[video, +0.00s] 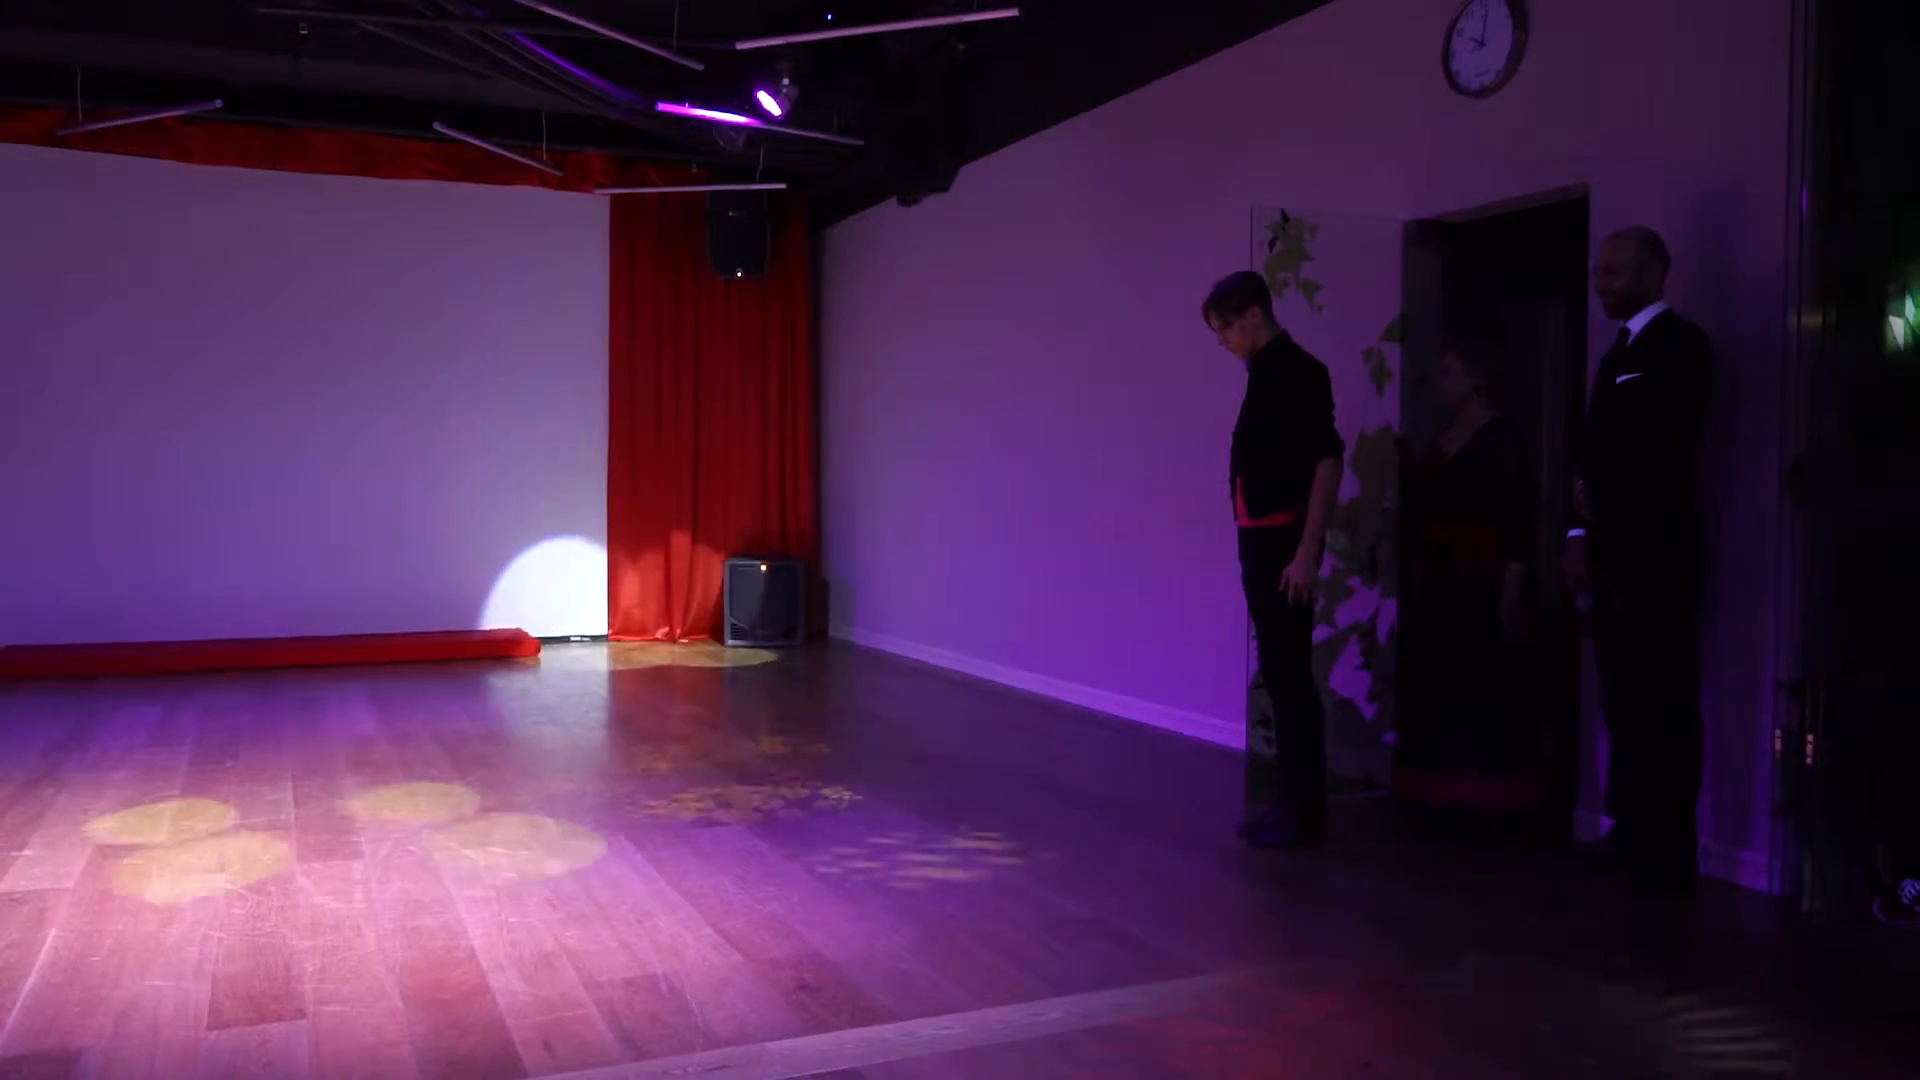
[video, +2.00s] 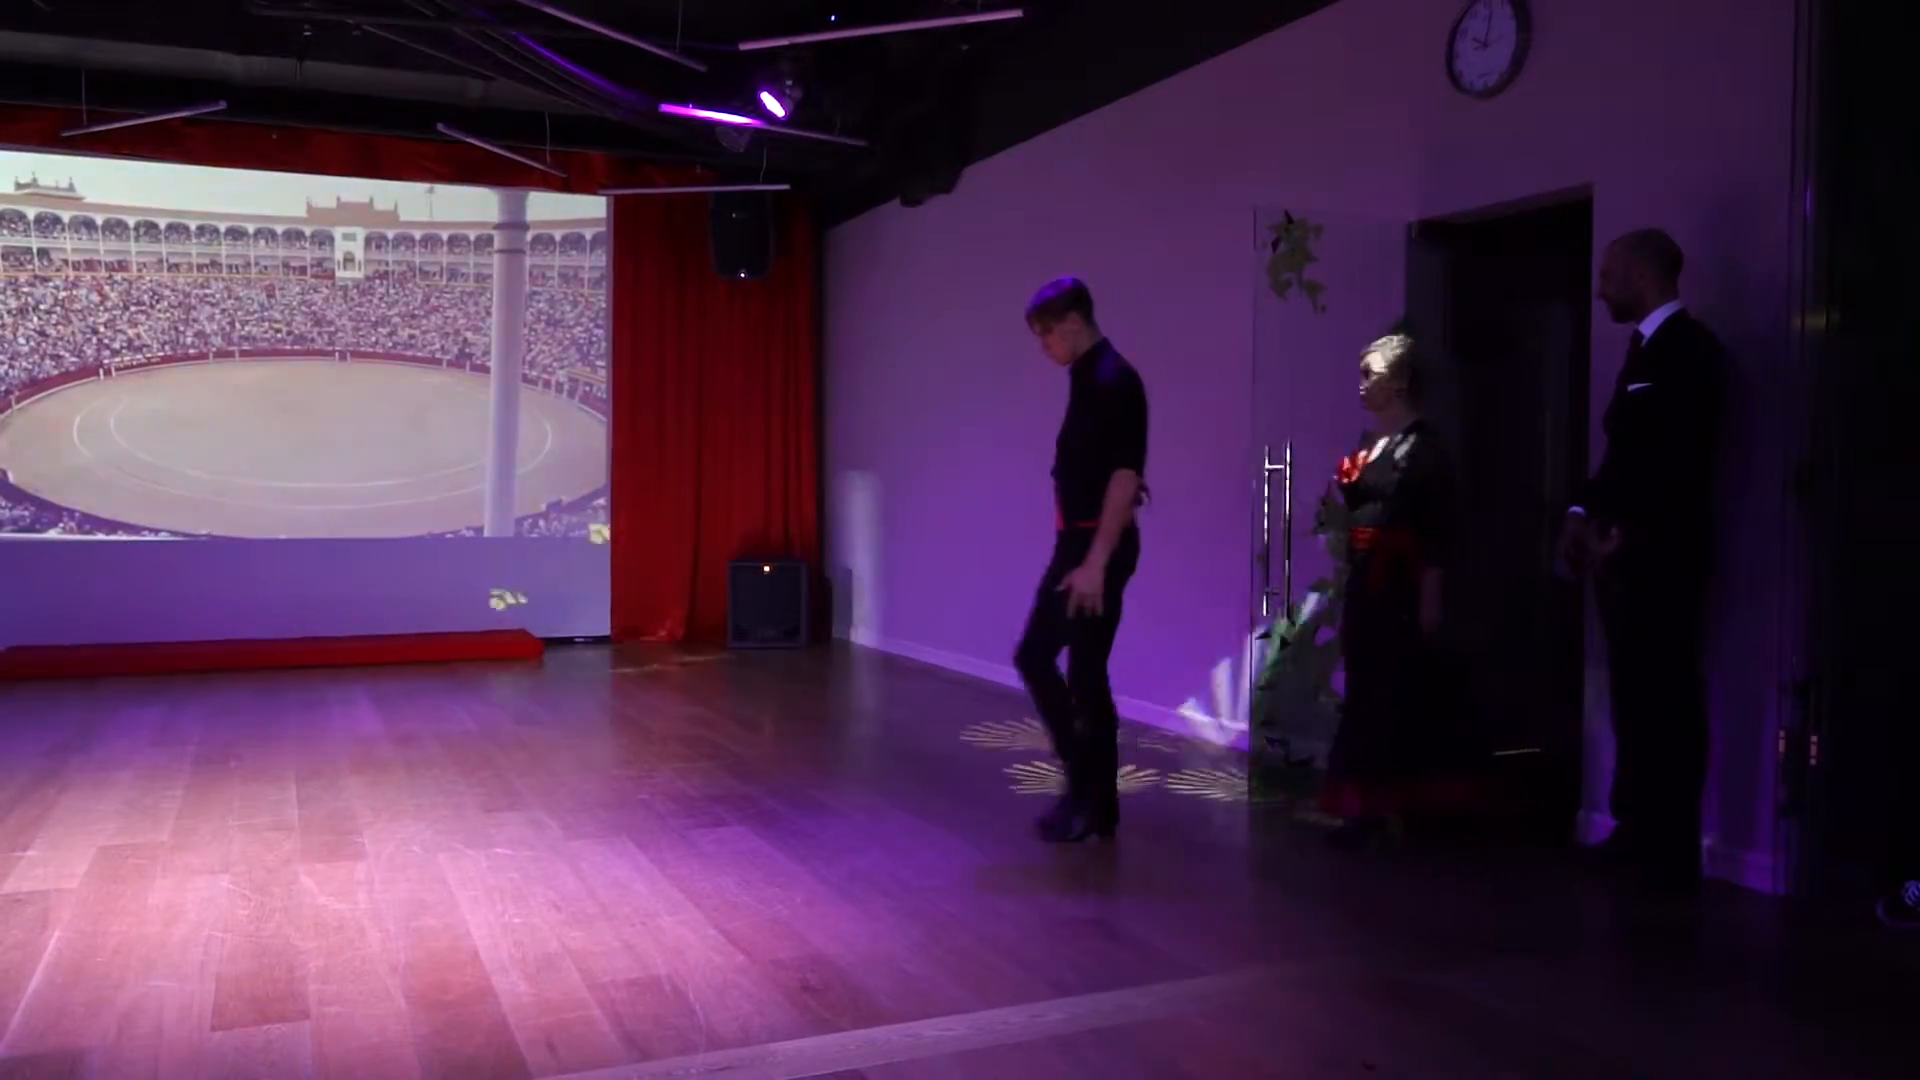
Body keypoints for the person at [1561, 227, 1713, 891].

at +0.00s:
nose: (1602, 284)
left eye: (1615, 272)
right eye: (1599, 272)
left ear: (1652, 275)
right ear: (1607, 278)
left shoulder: (1679, 347)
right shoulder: (1619, 354)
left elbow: (1658, 458)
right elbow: (1592, 454)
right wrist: (1579, 530)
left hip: (1664, 551)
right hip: (1623, 551)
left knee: (1660, 704)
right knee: (1630, 705)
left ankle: (1663, 851)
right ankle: (1632, 844)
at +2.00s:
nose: (1602, 286)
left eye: (1611, 274)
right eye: (1603, 274)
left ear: (1645, 277)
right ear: (1650, 276)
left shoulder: (1682, 350)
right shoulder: (1647, 348)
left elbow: (1661, 461)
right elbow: (1621, 451)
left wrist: (1619, 526)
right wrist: (1584, 511)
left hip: (1667, 555)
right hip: (1639, 553)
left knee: (1662, 698)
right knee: (1640, 698)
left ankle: (1664, 848)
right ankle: (1638, 839)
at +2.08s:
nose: (1602, 287)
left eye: (1610, 274)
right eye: (1603, 274)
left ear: (1644, 277)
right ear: (1650, 276)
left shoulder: (1683, 350)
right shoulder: (1649, 348)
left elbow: (1662, 462)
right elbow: (1622, 451)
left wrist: (1619, 527)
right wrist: (1584, 510)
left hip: (1669, 555)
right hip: (1640, 553)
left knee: (1662, 700)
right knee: (1640, 699)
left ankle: (1664, 849)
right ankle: (1638, 840)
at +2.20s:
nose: (1603, 288)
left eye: (1611, 276)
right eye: (1603, 276)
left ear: (1643, 278)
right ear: (1650, 276)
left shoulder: (1684, 351)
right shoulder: (1650, 348)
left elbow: (1662, 461)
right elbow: (1624, 450)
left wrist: (1622, 527)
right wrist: (1586, 510)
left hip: (1670, 554)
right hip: (1641, 552)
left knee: (1663, 700)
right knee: (1641, 699)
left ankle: (1665, 848)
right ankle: (1638, 839)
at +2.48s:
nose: (1605, 286)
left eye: (1613, 274)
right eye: (1607, 273)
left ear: (1643, 278)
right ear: (1656, 277)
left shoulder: (1684, 354)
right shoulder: (1652, 350)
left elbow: (1659, 465)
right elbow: (1627, 453)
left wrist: (1606, 522)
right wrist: (1587, 507)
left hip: (1665, 556)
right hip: (1637, 554)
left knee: (1658, 698)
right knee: (1634, 696)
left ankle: (1662, 850)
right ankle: (1636, 842)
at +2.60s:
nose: (1603, 288)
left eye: (1611, 275)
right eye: (1604, 275)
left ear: (1640, 278)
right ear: (1654, 277)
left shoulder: (1681, 355)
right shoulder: (1646, 351)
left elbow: (1654, 465)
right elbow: (1622, 453)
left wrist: (1599, 517)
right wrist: (1586, 507)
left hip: (1664, 558)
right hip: (1633, 554)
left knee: (1668, 702)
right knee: (1615, 700)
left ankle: (1675, 855)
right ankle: (1612, 848)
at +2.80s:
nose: (1587, 289)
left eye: (1595, 277)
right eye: (1588, 277)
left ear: (1626, 281)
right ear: (1632, 281)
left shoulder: (1667, 354)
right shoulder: (1626, 351)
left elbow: (1646, 467)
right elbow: (1600, 451)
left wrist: (1589, 521)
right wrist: (1562, 501)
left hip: (1646, 559)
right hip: (1609, 557)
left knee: (1663, 707)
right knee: (1572, 700)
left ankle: (1679, 857)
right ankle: (1549, 838)